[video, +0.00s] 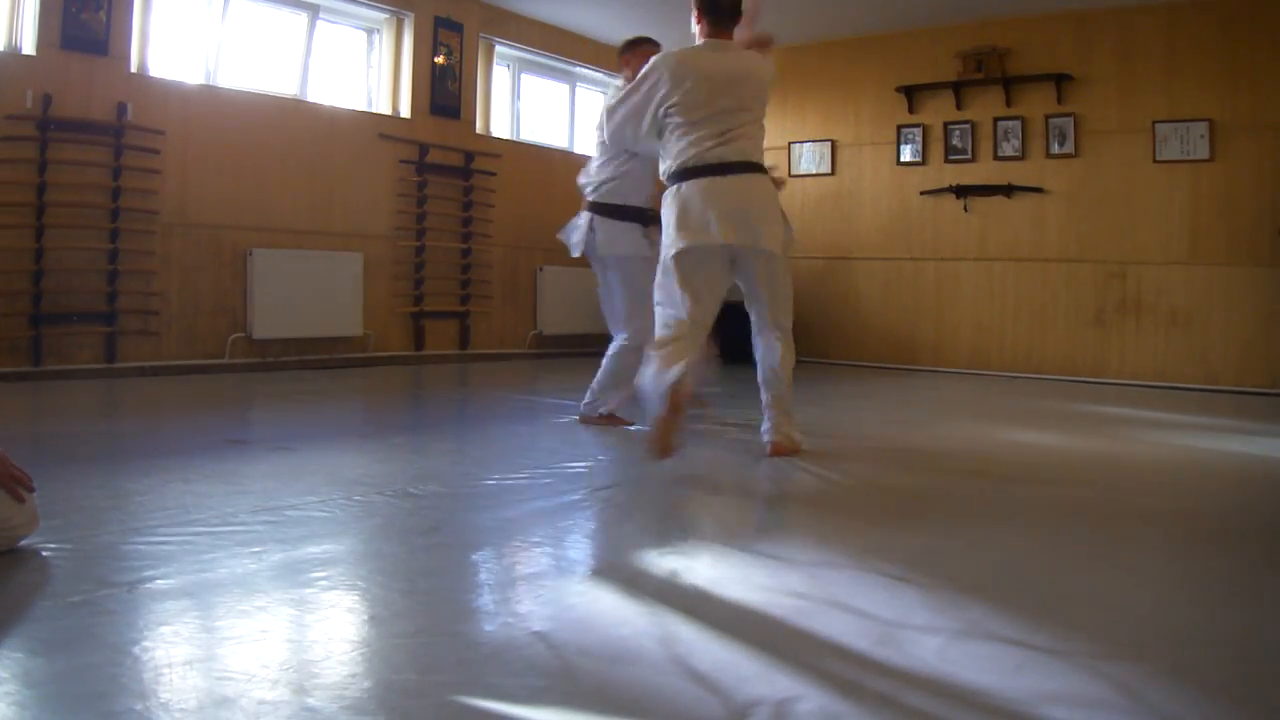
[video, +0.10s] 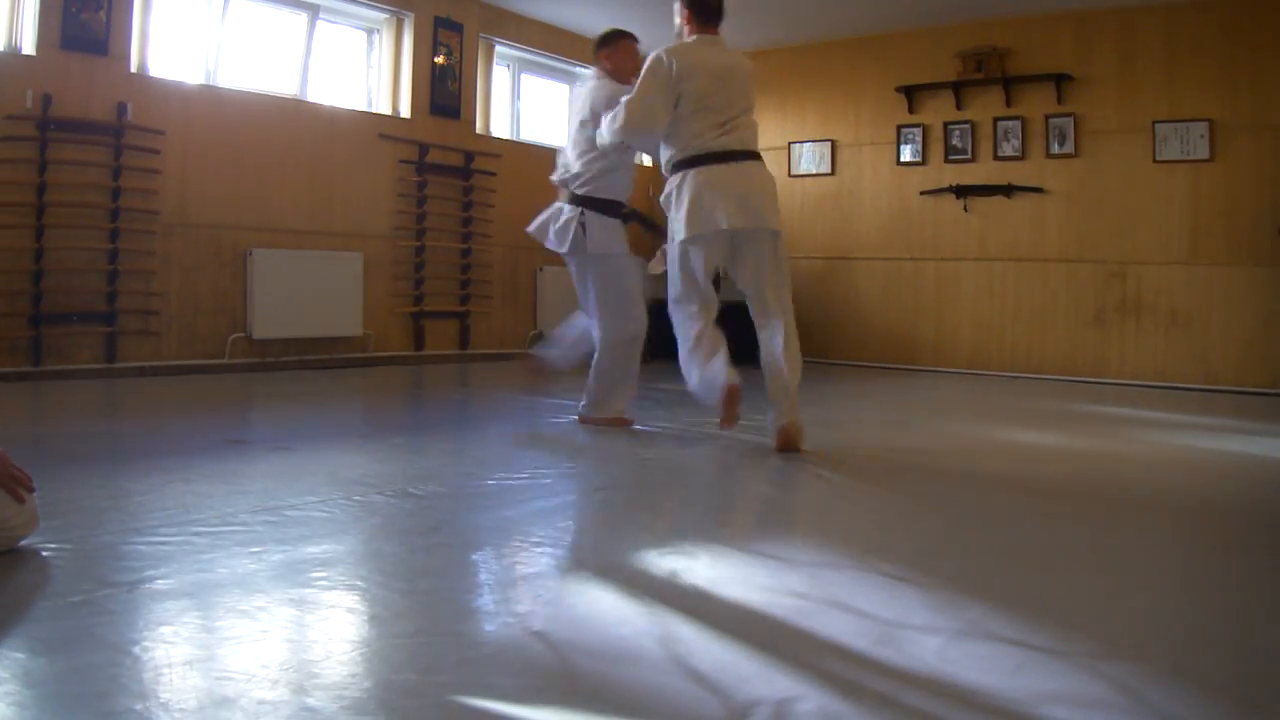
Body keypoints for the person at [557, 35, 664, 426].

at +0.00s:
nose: (653, 69)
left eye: (656, 62)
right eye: (646, 62)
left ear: (647, 65)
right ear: (628, 64)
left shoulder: (627, 102)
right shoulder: (627, 103)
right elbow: (666, 145)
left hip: (616, 223)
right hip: (616, 225)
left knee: (638, 324)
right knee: (636, 328)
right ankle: (597, 406)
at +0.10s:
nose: (640, 62)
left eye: (639, 55)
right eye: (633, 54)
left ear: (606, 58)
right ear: (609, 56)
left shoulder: (588, 93)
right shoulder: (608, 94)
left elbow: (566, 169)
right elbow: (654, 140)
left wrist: (629, 215)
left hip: (581, 217)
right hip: (595, 220)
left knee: (605, 311)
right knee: (624, 319)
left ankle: (547, 356)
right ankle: (603, 409)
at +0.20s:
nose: (615, 60)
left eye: (615, 52)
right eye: (611, 52)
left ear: (582, 52)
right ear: (590, 51)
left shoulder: (557, 83)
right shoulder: (601, 90)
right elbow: (632, 144)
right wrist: (653, 173)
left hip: (537, 213)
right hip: (573, 218)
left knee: (527, 310)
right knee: (604, 316)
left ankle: (447, 366)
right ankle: (596, 408)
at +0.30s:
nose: (598, 67)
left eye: (597, 59)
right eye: (595, 59)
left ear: (560, 56)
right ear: (580, 57)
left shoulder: (529, 87)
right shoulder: (583, 100)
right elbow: (598, 180)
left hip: (491, 211)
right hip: (532, 220)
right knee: (586, 310)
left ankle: (399, 406)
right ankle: (586, 402)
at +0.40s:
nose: (590, 85)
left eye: (591, 77)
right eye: (589, 75)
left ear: (552, 68)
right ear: (573, 70)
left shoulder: (517, 91)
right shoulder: (571, 110)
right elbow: (568, 193)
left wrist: (618, 162)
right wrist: (556, 208)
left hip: (460, 210)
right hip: (505, 217)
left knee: (446, 327)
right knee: (579, 305)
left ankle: (396, 414)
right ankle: (545, 393)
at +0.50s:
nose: (601, 88)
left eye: (603, 80)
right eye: (600, 78)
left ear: (560, 71)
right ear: (582, 72)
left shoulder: (521, 92)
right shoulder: (572, 104)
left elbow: (475, 145)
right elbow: (563, 186)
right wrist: (544, 220)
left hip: (457, 207)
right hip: (496, 210)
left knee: (450, 325)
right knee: (567, 302)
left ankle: (399, 419)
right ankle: (515, 397)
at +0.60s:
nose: (609, 80)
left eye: (610, 72)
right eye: (607, 70)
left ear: (573, 61)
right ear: (592, 63)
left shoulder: (543, 90)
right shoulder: (579, 87)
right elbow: (591, 151)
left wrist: (561, 189)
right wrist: (592, 195)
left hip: (469, 197)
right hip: (506, 199)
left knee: (450, 313)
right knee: (559, 309)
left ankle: (398, 416)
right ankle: (521, 421)